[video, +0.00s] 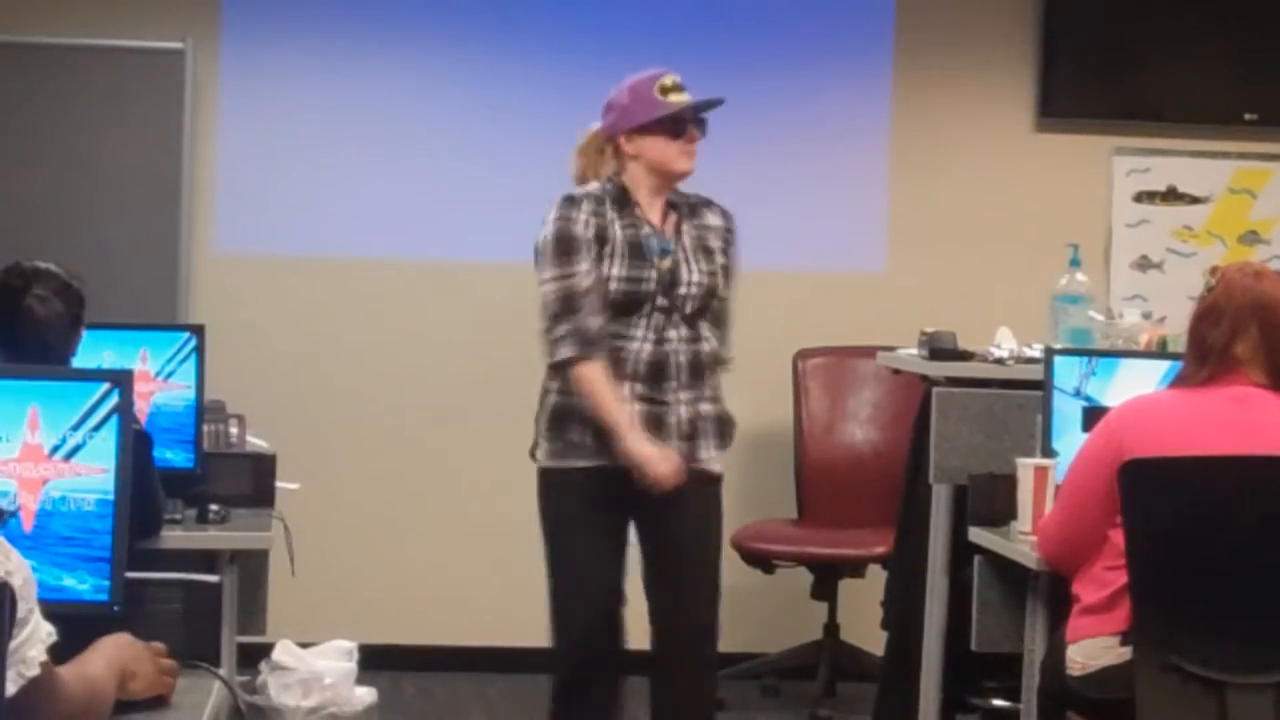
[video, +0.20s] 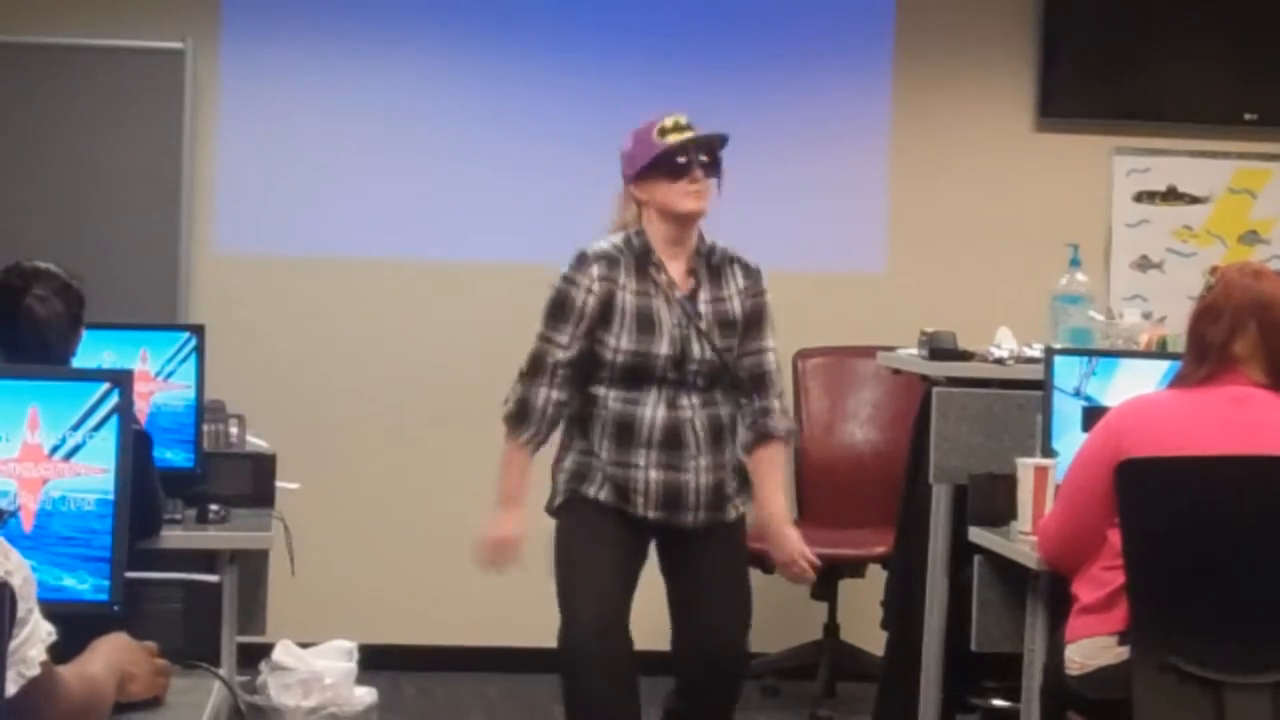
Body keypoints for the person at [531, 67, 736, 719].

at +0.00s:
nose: (694, 136)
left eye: (694, 126)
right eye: (674, 128)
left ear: (691, 134)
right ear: (627, 141)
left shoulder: (712, 221)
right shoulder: (577, 213)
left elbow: (714, 343)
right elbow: (575, 345)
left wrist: (696, 444)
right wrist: (637, 441)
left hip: (685, 462)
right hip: (583, 461)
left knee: (690, 652)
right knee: (588, 650)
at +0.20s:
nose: (695, 177)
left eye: (704, 166)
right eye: (674, 168)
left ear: (715, 179)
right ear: (638, 188)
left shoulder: (740, 280)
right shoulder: (599, 270)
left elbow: (762, 406)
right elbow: (541, 389)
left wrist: (777, 521)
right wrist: (509, 505)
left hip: (707, 499)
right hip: (603, 492)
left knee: (718, 659)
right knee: (591, 650)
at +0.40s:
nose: (644, 142)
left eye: (662, 131)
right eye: (629, 132)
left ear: (691, 147)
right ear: (613, 151)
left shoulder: (730, 229)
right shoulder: (578, 238)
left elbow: (758, 322)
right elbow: (521, 339)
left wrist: (713, 400)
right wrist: (489, 445)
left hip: (702, 474)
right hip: (605, 468)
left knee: (687, 657)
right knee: (600, 647)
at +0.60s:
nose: (602, 179)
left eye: (624, 168)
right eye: (593, 167)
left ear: (660, 184)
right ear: (582, 181)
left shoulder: (705, 272)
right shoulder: (551, 286)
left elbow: (701, 360)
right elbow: (521, 408)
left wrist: (606, 402)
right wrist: (488, 523)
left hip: (685, 511)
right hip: (582, 507)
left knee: (681, 691)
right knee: (584, 680)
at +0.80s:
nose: (570, 121)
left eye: (592, 111)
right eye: (567, 109)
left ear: (641, 127)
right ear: (560, 120)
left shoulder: (695, 211)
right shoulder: (535, 223)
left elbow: (706, 344)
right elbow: (509, 350)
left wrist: (665, 454)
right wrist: (496, 465)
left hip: (672, 469)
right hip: (567, 471)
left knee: (678, 661)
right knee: (565, 659)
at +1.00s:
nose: (561, 179)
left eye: (583, 168)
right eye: (557, 166)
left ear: (628, 186)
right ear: (549, 175)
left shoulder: (683, 282)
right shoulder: (522, 288)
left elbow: (748, 406)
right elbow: (470, 416)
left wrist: (793, 522)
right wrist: (473, 525)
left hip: (658, 517)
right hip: (546, 514)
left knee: (697, 690)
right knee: (529, 692)